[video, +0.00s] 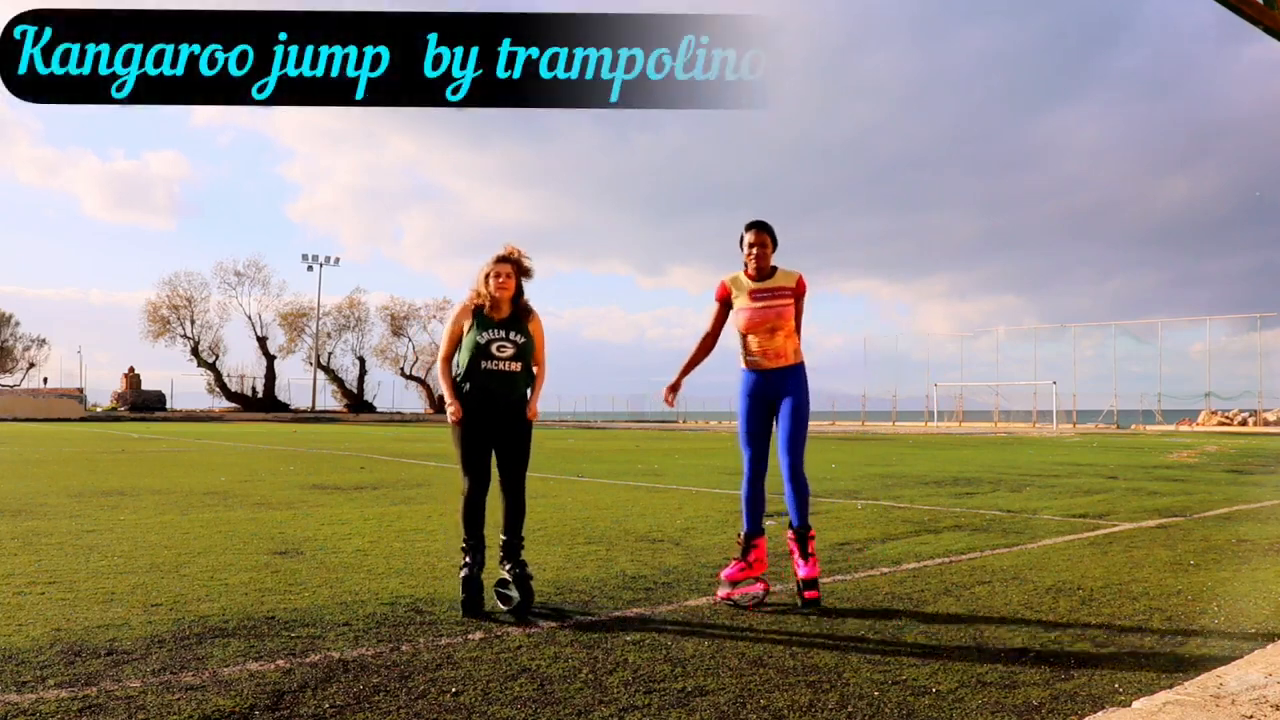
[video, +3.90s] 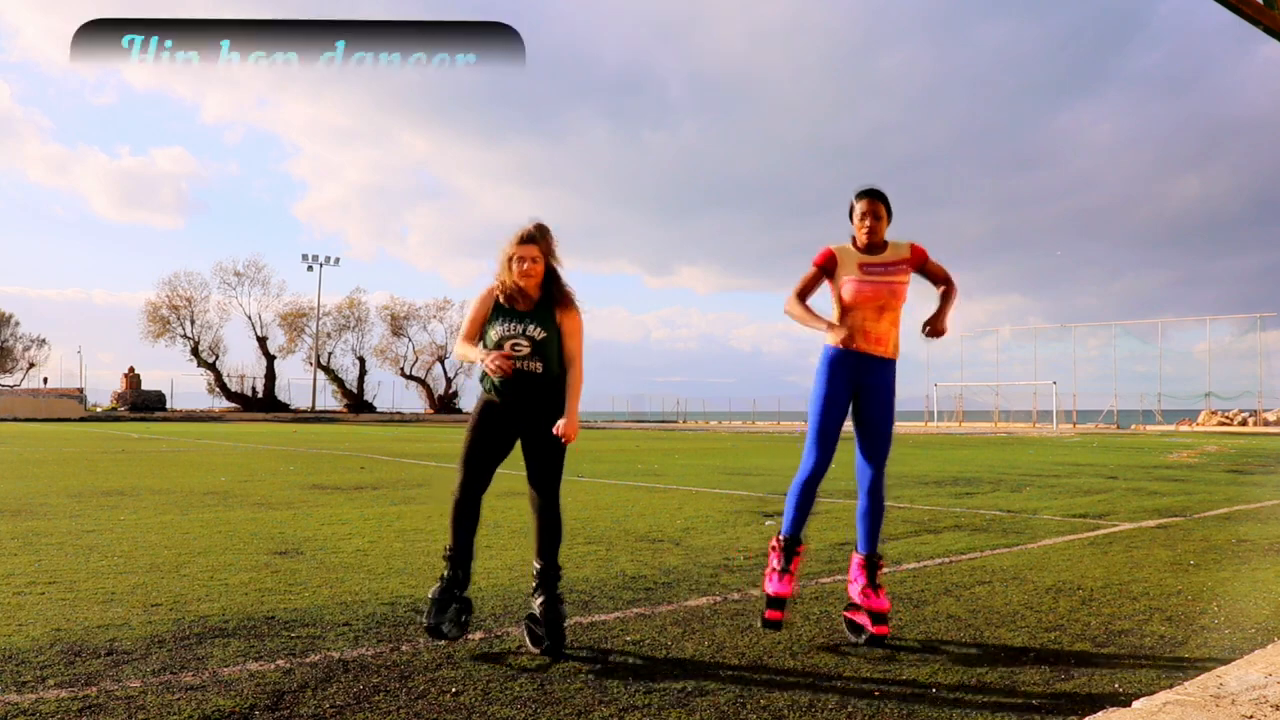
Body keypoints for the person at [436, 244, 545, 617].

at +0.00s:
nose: (503, 281)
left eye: (509, 276)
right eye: (497, 275)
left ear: (518, 281)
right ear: (485, 279)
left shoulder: (529, 319)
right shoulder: (465, 312)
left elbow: (539, 365)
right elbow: (443, 360)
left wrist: (534, 399)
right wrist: (450, 399)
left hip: (514, 411)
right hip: (472, 410)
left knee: (514, 487)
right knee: (476, 486)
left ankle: (512, 559)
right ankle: (472, 560)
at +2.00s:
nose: (531, 263)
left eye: (539, 257)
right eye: (524, 256)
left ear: (549, 262)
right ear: (511, 259)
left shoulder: (565, 306)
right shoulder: (489, 302)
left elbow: (577, 362)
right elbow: (468, 357)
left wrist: (585, 410)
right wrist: (461, 408)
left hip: (547, 415)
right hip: (496, 414)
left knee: (545, 503)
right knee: (497, 502)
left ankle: (548, 595)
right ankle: (494, 597)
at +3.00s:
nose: (555, 250)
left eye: (565, 246)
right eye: (549, 242)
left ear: (576, 254)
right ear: (537, 245)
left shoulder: (584, 297)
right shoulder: (511, 281)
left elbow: (609, 342)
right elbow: (477, 330)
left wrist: (612, 356)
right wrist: (451, 378)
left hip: (545, 402)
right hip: (495, 397)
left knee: (546, 493)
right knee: (487, 485)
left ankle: (548, 592)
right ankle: (475, 587)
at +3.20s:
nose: (562, 279)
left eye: (571, 272)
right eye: (556, 270)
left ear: (584, 279)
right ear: (544, 273)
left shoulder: (592, 325)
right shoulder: (522, 308)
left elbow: (616, 383)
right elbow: (483, 353)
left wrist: (621, 355)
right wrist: (446, 398)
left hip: (556, 425)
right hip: (505, 414)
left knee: (551, 514)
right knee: (464, 493)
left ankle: (540, 608)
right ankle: (413, 586)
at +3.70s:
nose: (564, 283)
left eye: (571, 277)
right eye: (557, 276)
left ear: (582, 284)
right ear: (545, 282)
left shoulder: (591, 333)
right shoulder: (521, 316)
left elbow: (607, 386)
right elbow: (482, 364)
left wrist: (622, 393)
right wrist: (445, 410)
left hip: (551, 429)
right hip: (502, 418)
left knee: (545, 515)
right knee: (449, 491)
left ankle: (539, 605)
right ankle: (390, 572)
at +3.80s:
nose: (544, 282)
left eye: (553, 276)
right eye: (538, 274)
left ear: (566, 283)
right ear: (527, 280)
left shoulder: (577, 329)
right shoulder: (506, 316)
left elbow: (582, 380)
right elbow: (476, 366)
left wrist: (578, 426)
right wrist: (477, 401)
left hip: (548, 430)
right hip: (498, 422)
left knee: (543, 516)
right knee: (455, 498)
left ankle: (539, 606)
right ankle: (428, 586)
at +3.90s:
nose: (526, 267)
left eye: (534, 260)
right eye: (519, 260)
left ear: (547, 263)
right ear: (508, 263)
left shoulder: (564, 309)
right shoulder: (492, 298)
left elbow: (574, 364)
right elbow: (462, 345)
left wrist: (571, 413)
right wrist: (484, 355)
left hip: (545, 413)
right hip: (496, 407)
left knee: (545, 500)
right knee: (468, 489)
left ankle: (546, 595)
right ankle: (454, 586)